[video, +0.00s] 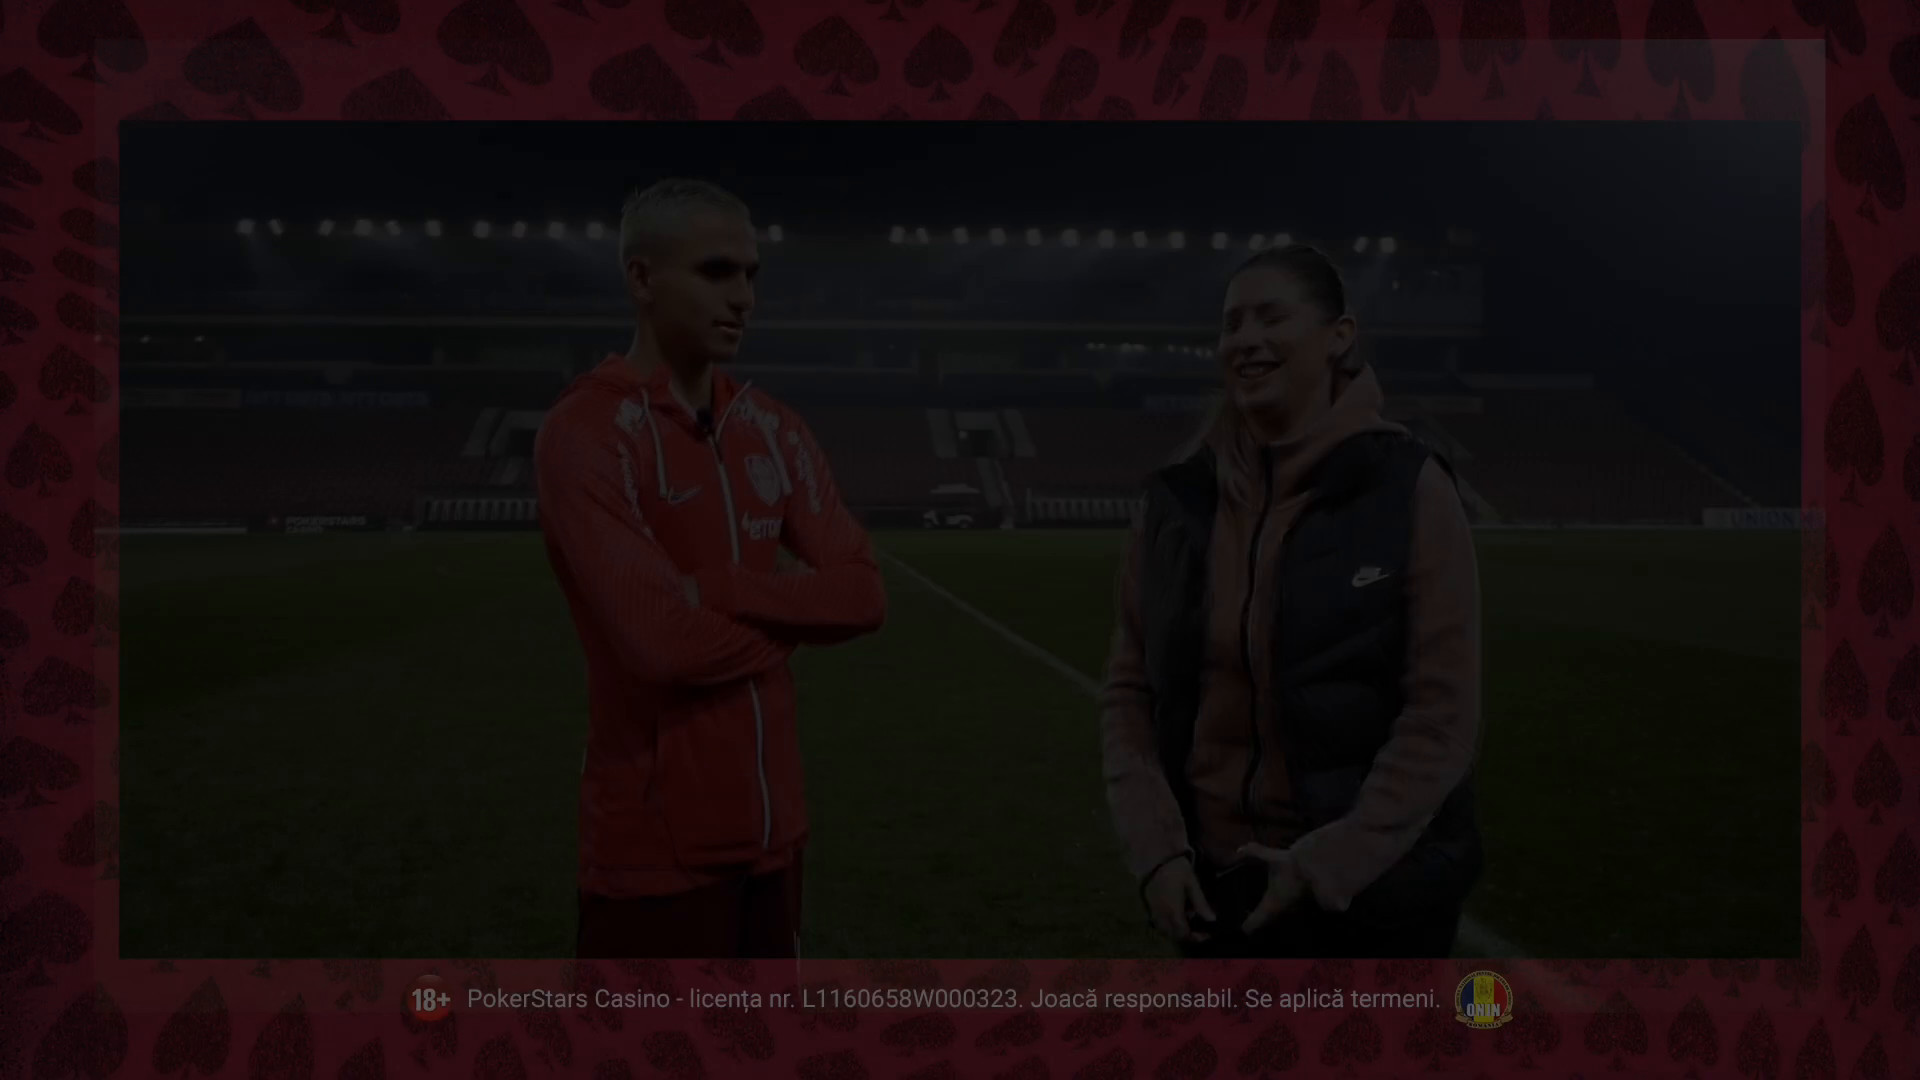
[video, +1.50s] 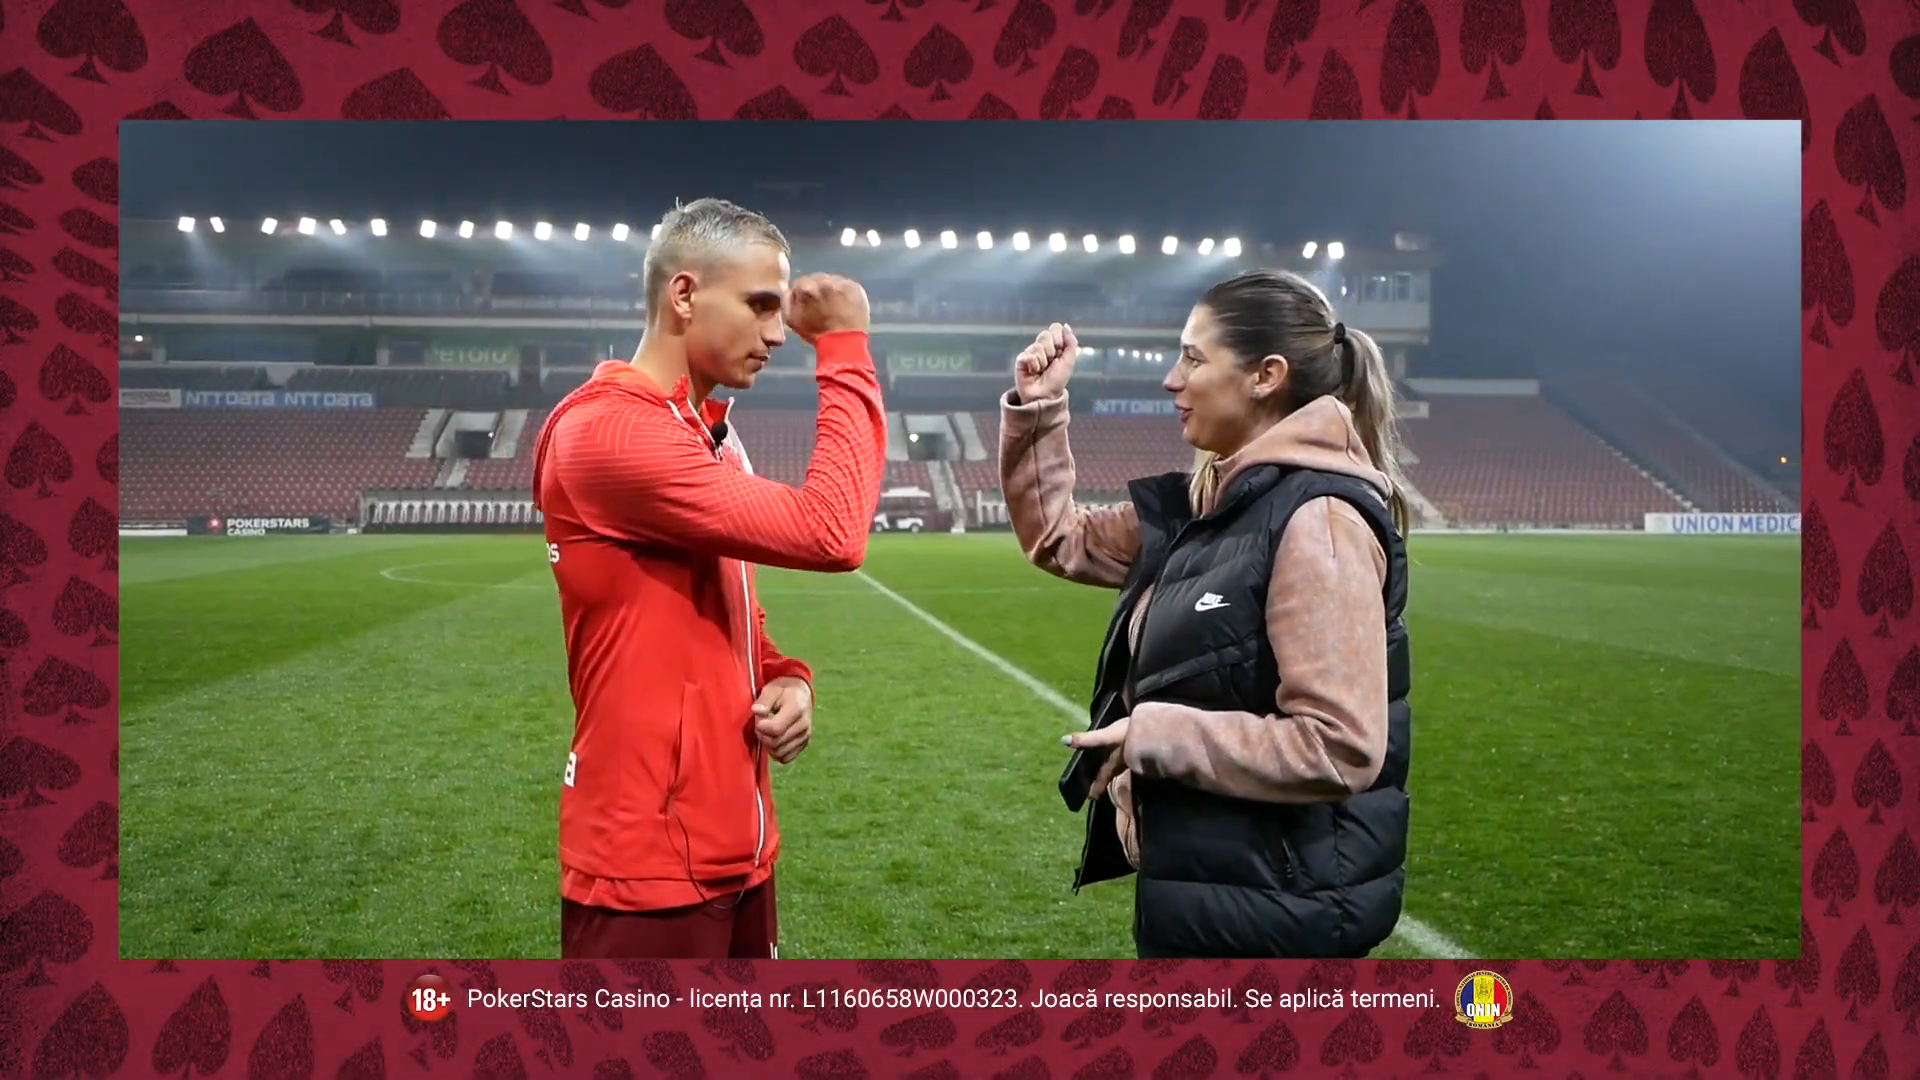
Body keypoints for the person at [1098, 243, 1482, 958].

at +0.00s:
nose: (1248, 340)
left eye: (1273, 317)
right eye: (1233, 325)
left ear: (1339, 334)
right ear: (1218, 348)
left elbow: (1444, 714)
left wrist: (1325, 862)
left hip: (1373, 873)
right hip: (1216, 877)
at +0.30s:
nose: (1229, 352)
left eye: (1253, 328)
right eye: (1232, 331)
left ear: (1335, 342)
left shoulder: (1394, 482)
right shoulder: (1240, 484)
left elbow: (1462, 693)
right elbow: (1194, 678)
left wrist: (1275, 752)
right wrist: (1145, 780)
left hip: (1345, 902)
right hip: (1225, 895)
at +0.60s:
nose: (1250, 353)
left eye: (1274, 331)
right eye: (1258, 332)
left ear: (1351, 350)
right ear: (1345, 353)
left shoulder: (1397, 502)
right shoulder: (1301, 486)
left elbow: (1410, 732)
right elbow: (1223, 640)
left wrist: (1223, 725)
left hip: (1360, 915)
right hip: (1282, 901)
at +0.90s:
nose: (1237, 358)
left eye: (1260, 337)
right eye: (1246, 338)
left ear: (1334, 357)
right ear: (1329, 359)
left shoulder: (1380, 511)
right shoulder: (1279, 492)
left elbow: (1395, 743)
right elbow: (1119, 534)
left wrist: (1215, 727)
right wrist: (1071, 405)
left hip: (1345, 917)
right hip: (1276, 904)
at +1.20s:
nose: (1195, 377)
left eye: (1213, 354)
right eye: (1202, 353)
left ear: (1285, 370)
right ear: (1279, 371)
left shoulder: (1345, 516)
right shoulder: (1244, 497)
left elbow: (1369, 743)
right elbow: (1088, 531)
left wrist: (1185, 734)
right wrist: (1069, 404)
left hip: (1301, 918)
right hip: (1234, 903)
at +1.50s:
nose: (1172, 381)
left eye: (1192, 358)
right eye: (1180, 358)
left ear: (1267, 377)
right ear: (1264, 379)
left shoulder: (1320, 520)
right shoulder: (1212, 503)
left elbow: (1338, 746)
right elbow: (1057, 539)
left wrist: (1155, 732)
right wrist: (1037, 411)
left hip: (1271, 918)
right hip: (1201, 904)